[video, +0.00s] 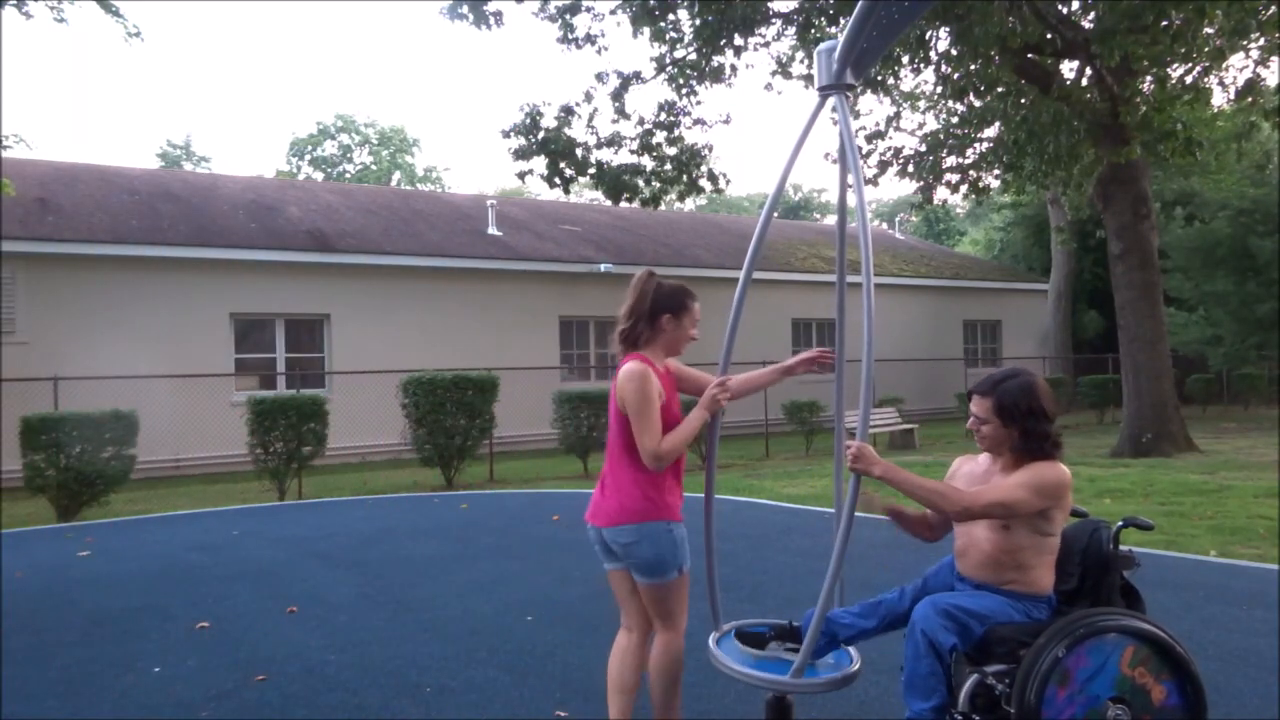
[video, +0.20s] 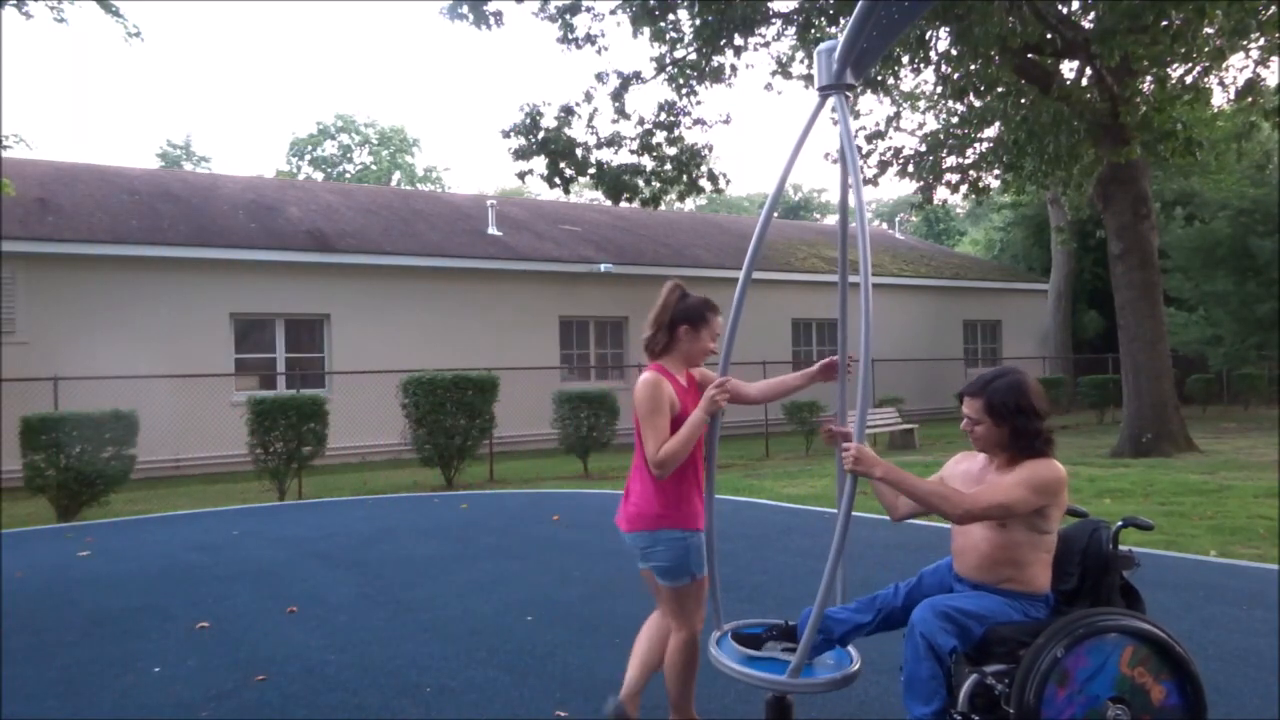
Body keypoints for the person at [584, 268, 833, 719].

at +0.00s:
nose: (697, 333)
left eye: (697, 323)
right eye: (692, 323)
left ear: (664, 323)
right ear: (665, 323)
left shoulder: (659, 367)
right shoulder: (639, 375)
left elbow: (722, 388)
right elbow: (655, 454)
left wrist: (786, 368)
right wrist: (703, 408)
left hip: (610, 515)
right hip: (649, 520)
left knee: (634, 627)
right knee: (669, 629)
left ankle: (617, 716)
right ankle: (667, 715)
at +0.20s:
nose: (716, 346)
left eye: (718, 337)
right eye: (712, 336)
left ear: (687, 334)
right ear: (684, 334)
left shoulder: (694, 377)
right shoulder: (653, 384)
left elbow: (750, 392)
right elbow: (660, 462)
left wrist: (812, 375)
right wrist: (703, 412)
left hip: (669, 515)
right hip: (665, 522)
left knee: (670, 612)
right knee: (686, 625)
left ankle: (626, 700)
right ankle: (683, 713)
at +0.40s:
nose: (725, 340)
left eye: (727, 331)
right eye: (721, 331)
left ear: (707, 330)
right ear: (696, 329)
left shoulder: (712, 371)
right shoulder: (663, 377)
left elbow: (772, 389)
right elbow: (665, 453)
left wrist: (831, 376)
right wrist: (700, 404)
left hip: (701, 509)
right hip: (671, 514)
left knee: (729, 597)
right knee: (693, 622)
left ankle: (677, 684)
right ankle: (682, 712)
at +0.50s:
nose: (737, 343)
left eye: (740, 334)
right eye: (732, 333)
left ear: (713, 329)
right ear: (704, 330)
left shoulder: (721, 369)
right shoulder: (669, 374)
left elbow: (783, 392)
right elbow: (672, 445)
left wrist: (836, 373)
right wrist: (703, 392)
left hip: (713, 508)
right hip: (676, 513)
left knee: (733, 604)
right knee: (695, 620)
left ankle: (726, 694)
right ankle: (681, 713)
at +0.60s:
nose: (744, 345)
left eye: (747, 336)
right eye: (738, 336)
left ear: (747, 333)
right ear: (710, 331)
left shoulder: (736, 369)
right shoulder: (676, 373)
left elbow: (793, 399)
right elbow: (682, 435)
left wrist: (839, 376)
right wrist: (709, 378)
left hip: (727, 508)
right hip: (685, 511)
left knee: (738, 606)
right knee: (699, 619)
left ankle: (744, 698)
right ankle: (682, 713)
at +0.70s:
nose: (750, 343)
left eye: (754, 335)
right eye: (743, 335)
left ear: (757, 330)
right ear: (716, 328)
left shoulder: (747, 368)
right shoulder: (684, 368)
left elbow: (802, 405)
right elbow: (688, 422)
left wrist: (840, 377)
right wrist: (715, 368)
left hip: (739, 505)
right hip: (696, 509)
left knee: (744, 605)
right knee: (712, 615)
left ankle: (746, 697)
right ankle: (684, 712)